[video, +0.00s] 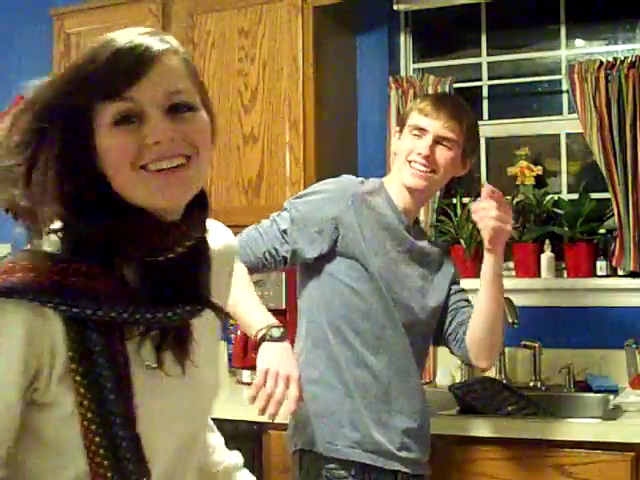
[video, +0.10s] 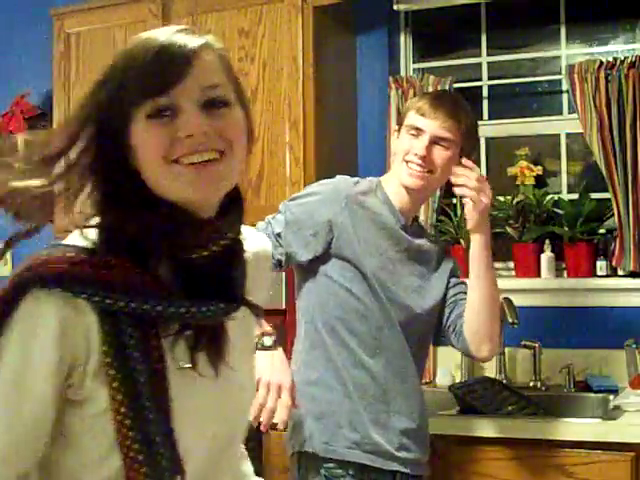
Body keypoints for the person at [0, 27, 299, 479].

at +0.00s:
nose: (163, 136)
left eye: (181, 108)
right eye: (127, 119)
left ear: (210, 124)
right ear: (87, 148)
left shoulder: (210, 265)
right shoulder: (26, 301)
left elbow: (189, 427)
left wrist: (234, 473)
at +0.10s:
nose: (195, 130)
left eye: (215, 104)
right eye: (162, 112)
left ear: (246, 124)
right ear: (122, 145)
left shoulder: (231, 279)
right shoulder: (61, 302)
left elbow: (225, 450)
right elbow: (9, 467)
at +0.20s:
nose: (237, 119)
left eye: (258, 95)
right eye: (205, 100)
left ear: (287, 119)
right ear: (165, 131)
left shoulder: (292, 266)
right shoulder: (98, 284)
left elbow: (273, 449)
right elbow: (40, 468)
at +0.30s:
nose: (261, 108)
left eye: (284, 85)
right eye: (230, 89)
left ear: (313, 109)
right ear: (193, 116)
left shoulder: (334, 263)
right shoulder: (119, 267)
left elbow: (330, 453)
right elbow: (90, 466)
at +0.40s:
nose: (265, 103)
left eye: (292, 79)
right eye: (238, 84)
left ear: (330, 104)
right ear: (210, 109)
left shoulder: (371, 260)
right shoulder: (136, 258)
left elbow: (374, 457)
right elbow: (108, 459)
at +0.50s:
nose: (275, 103)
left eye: (305, 79)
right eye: (251, 82)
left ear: (346, 102)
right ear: (226, 107)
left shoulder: (404, 253)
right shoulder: (151, 249)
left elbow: (413, 458)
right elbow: (110, 457)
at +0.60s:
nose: (260, 95)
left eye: (293, 71)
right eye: (244, 77)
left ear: (347, 101)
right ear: (225, 104)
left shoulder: (416, 252)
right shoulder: (156, 242)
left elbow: (467, 451)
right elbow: (108, 450)